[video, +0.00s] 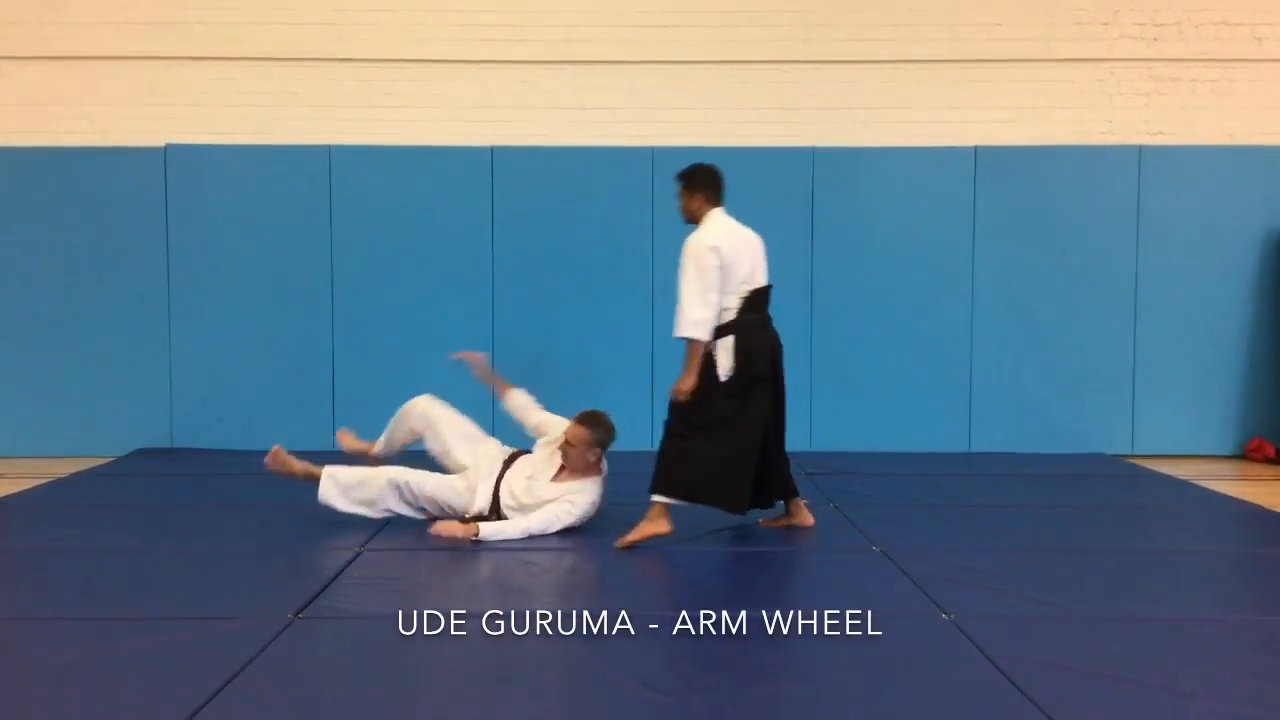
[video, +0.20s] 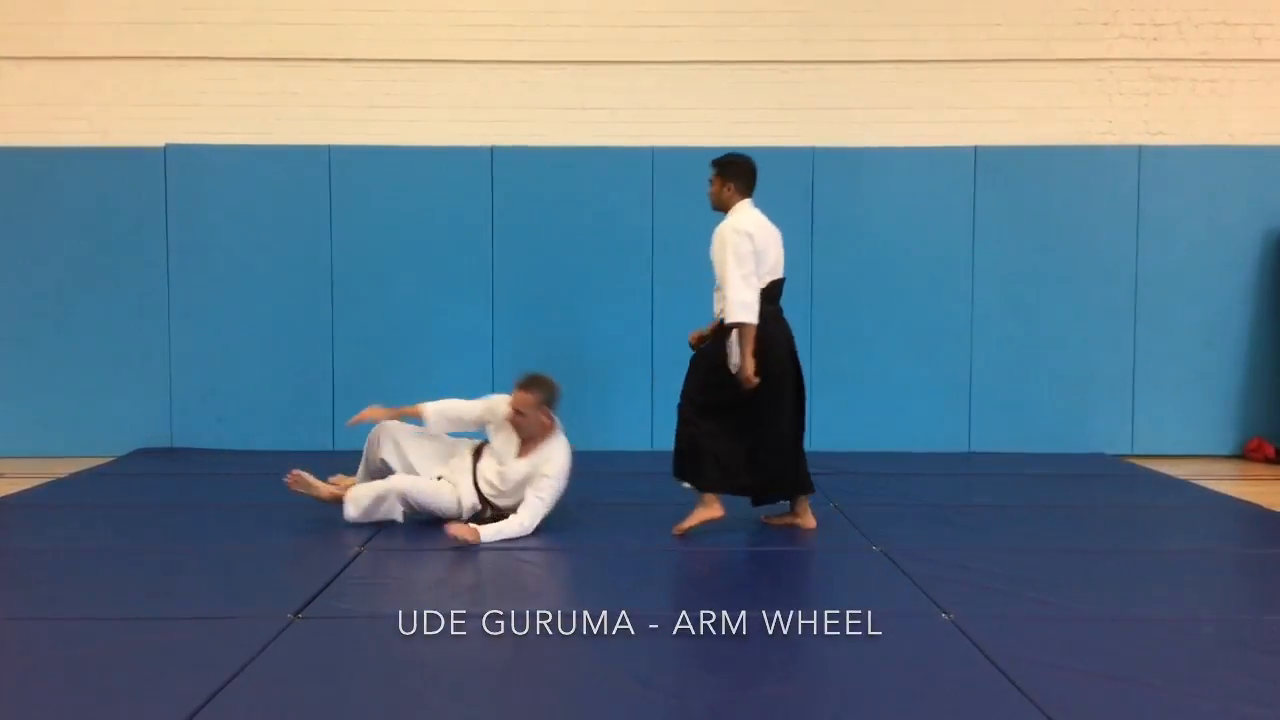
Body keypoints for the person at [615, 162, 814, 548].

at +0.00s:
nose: (679, 204)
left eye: (682, 196)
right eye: (680, 196)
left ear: (697, 197)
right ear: (715, 197)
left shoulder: (702, 242)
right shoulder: (748, 236)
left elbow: (701, 312)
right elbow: (755, 296)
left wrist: (690, 372)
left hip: (728, 346)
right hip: (762, 340)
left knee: (681, 418)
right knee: (765, 425)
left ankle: (658, 512)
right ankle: (795, 507)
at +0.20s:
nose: (708, 190)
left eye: (712, 184)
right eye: (710, 183)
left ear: (728, 187)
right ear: (742, 188)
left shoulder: (731, 230)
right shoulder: (766, 225)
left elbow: (743, 295)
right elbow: (753, 293)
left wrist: (746, 355)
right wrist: (713, 330)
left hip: (741, 334)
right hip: (771, 330)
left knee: (694, 411)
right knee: (782, 419)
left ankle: (707, 499)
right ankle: (801, 508)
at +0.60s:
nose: (683, 195)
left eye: (690, 189)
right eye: (684, 189)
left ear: (714, 193)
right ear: (712, 195)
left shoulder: (723, 234)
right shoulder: (715, 229)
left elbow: (730, 300)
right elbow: (714, 289)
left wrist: (713, 357)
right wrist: (684, 318)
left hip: (716, 343)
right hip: (736, 340)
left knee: (684, 423)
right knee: (763, 423)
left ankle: (683, 509)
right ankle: (798, 504)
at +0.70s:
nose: (667, 197)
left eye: (674, 190)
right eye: (667, 190)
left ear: (698, 193)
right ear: (692, 194)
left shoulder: (713, 235)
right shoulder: (687, 232)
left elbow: (720, 300)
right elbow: (686, 287)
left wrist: (704, 358)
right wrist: (667, 319)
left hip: (702, 342)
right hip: (694, 338)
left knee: (681, 427)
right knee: (727, 428)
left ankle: (682, 510)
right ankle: (784, 490)